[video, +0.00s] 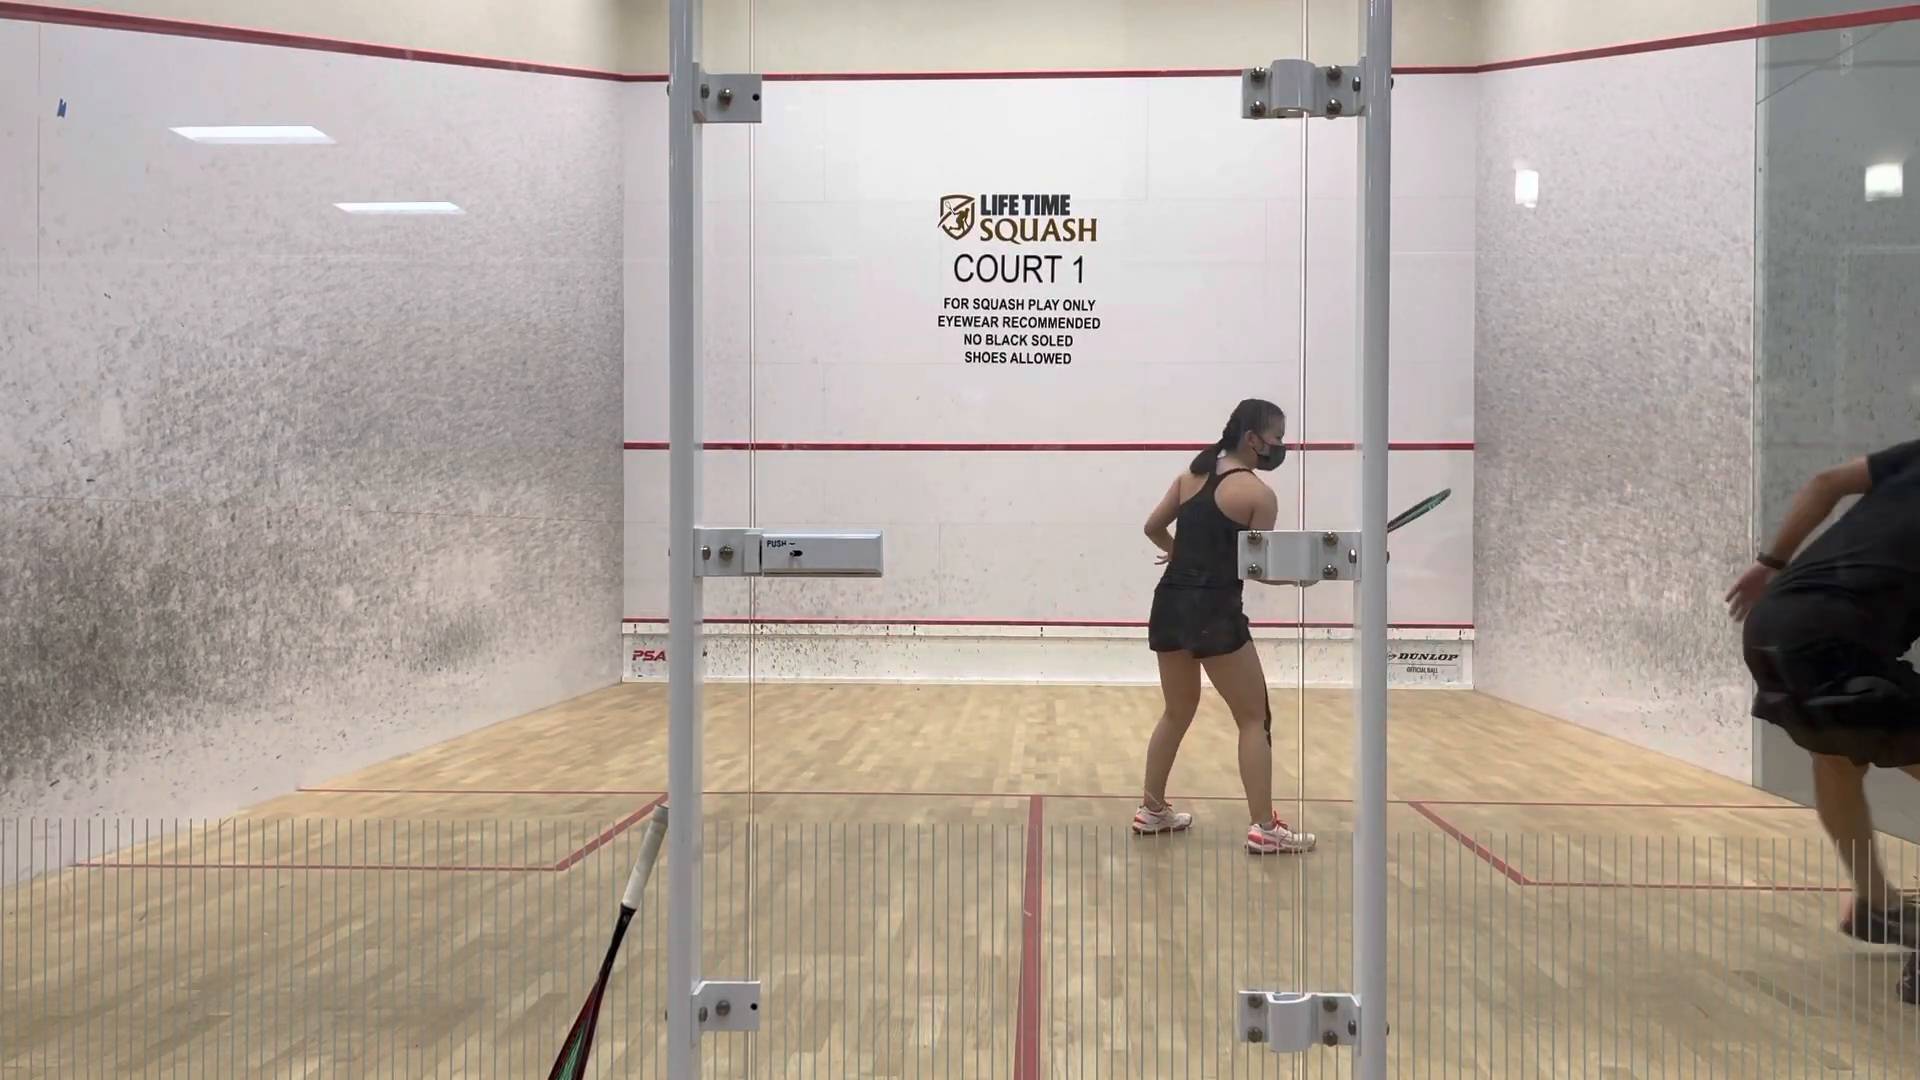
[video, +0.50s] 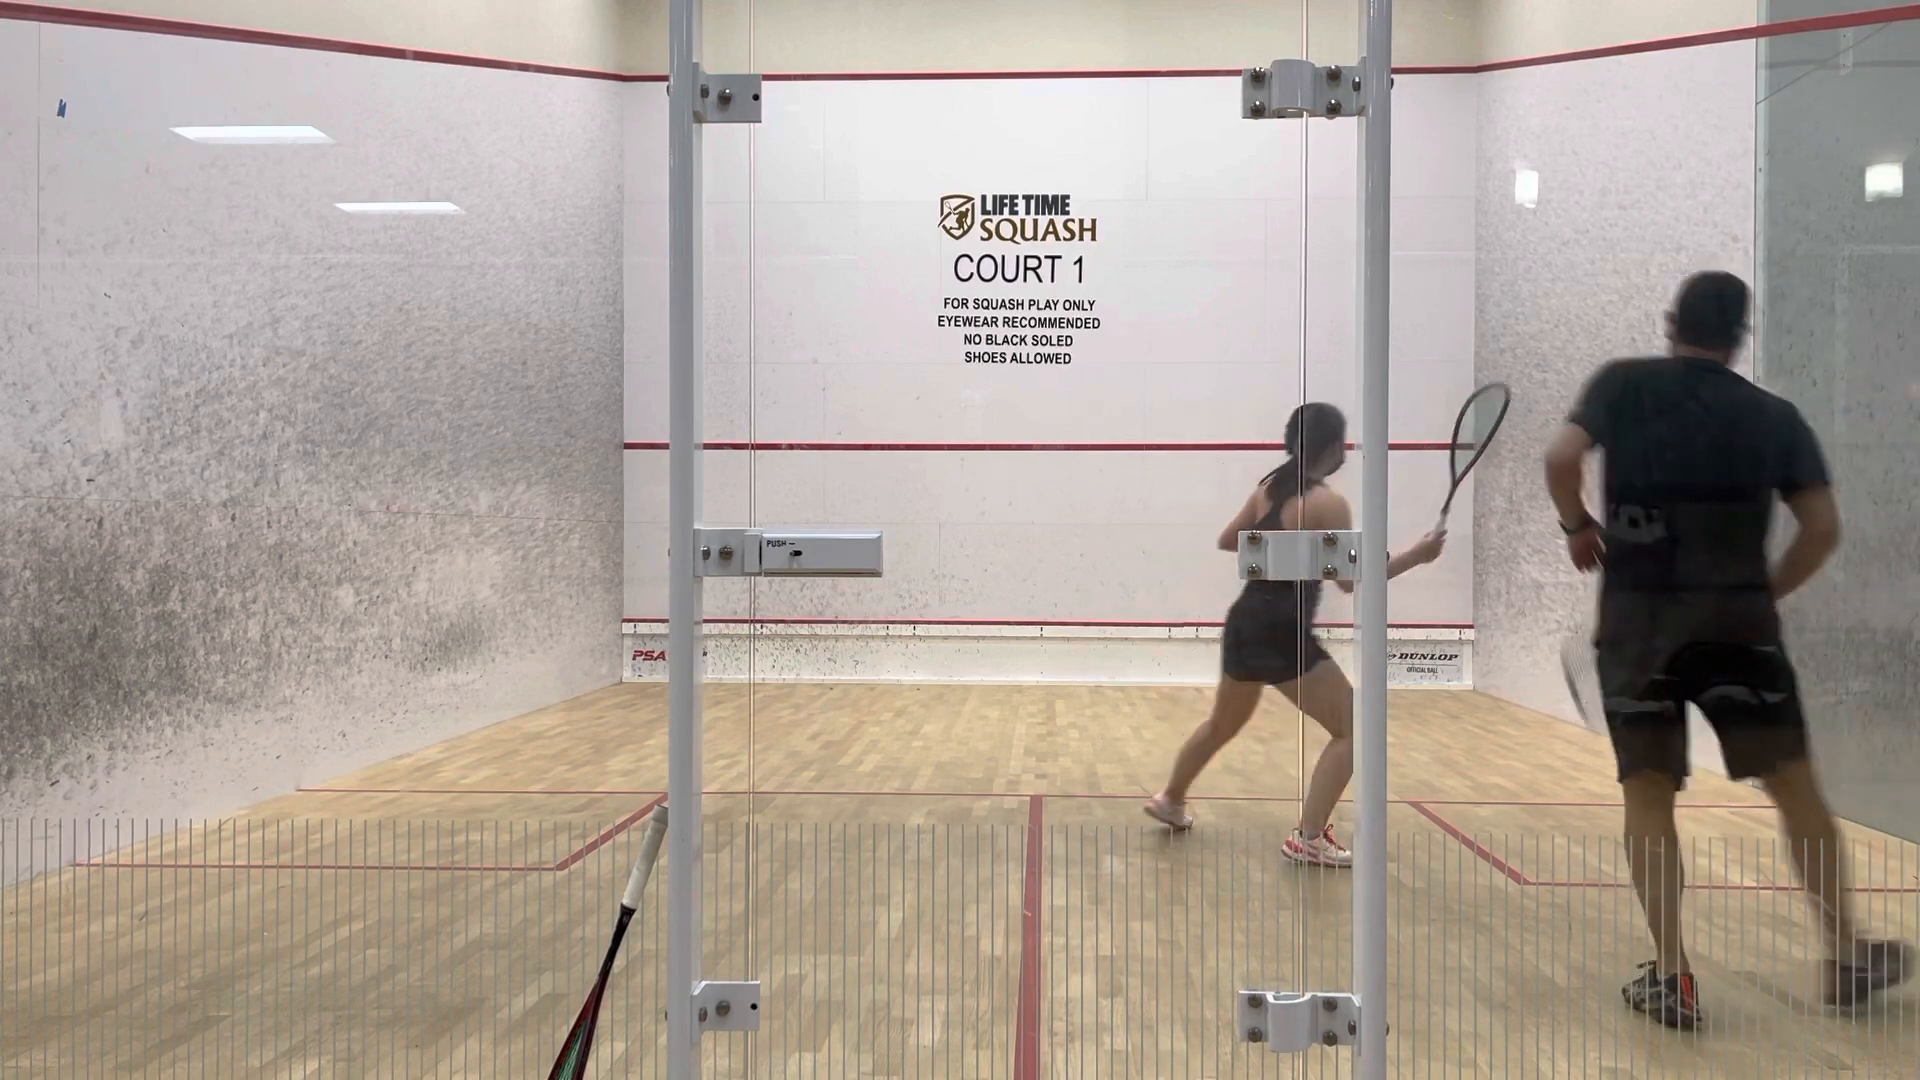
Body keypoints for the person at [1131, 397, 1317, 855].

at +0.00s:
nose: (1280, 448)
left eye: (1281, 440)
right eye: (1276, 440)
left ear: (1239, 436)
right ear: (1252, 437)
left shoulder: (1193, 473)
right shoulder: (1258, 495)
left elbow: (1153, 527)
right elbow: (1260, 563)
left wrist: (1176, 552)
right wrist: (1313, 561)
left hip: (1169, 610)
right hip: (1215, 615)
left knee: (1177, 710)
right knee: (1253, 717)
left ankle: (1151, 809)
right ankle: (1263, 826)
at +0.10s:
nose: (1281, 441)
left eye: (1280, 433)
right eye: (1277, 434)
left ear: (1235, 433)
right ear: (1260, 436)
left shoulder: (1195, 471)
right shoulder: (1259, 496)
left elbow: (1152, 525)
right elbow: (1259, 565)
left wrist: (1174, 549)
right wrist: (1315, 560)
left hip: (1170, 610)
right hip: (1217, 614)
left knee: (1176, 711)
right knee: (1261, 714)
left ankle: (1152, 808)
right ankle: (1261, 824)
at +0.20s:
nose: (1284, 439)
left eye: (1282, 431)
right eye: (1281, 432)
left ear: (1236, 434)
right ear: (1271, 439)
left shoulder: (1198, 474)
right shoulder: (1270, 497)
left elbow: (1158, 525)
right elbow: (1269, 568)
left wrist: (1182, 547)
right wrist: (1323, 561)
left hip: (1176, 611)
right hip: (1224, 614)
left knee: (1181, 712)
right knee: (1274, 712)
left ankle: (1152, 807)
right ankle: (1270, 818)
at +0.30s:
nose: (1294, 452)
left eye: (1291, 444)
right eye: (1292, 445)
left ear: (1245, 444)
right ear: (1285, 450)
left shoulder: (1210, 485)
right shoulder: (1281, 508)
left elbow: (1171, 538)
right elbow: (1287, 585)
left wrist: (1201, 562)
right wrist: (1333, 578)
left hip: (1186, 621)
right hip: (1233, 627)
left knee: (1193, 715)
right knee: (1299, 715)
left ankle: (1155, 809)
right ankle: (1292, 820)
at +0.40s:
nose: (1313, 461)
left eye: (1312, 453)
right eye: (1310, 453)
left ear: (1264, 453)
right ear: (1298, 458)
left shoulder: (1231, 497)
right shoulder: (1297, 517)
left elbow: (1193, 548)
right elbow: (1317, 593)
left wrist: (1232, 566)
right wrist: (1377, 573)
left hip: (1204, 633)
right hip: (1250, 641)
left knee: (1205, 722)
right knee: (1329, 722)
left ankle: (1157, 808)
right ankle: (1310, 830)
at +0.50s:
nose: (1346, 451)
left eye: (1344, 442)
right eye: (1341, 443)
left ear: (1298, 444)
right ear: (1326, 448)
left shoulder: (1269, 488)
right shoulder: (1328, 503)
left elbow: (1229, 539)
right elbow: (1352, 578)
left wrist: (1288, 554)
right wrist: (1416, 556)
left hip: (1243, 627)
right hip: (1282, 636)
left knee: (1222, 723)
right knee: (1353, 729)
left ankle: (1169, 798)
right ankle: (1310, 835)